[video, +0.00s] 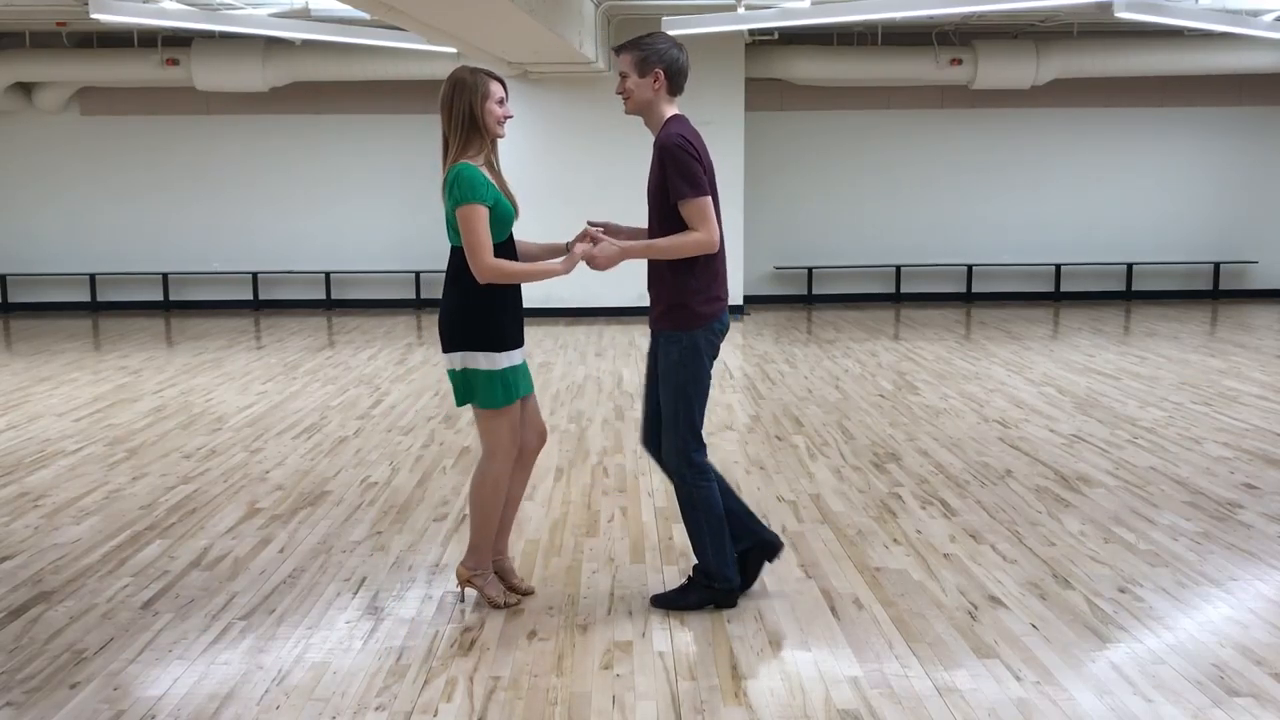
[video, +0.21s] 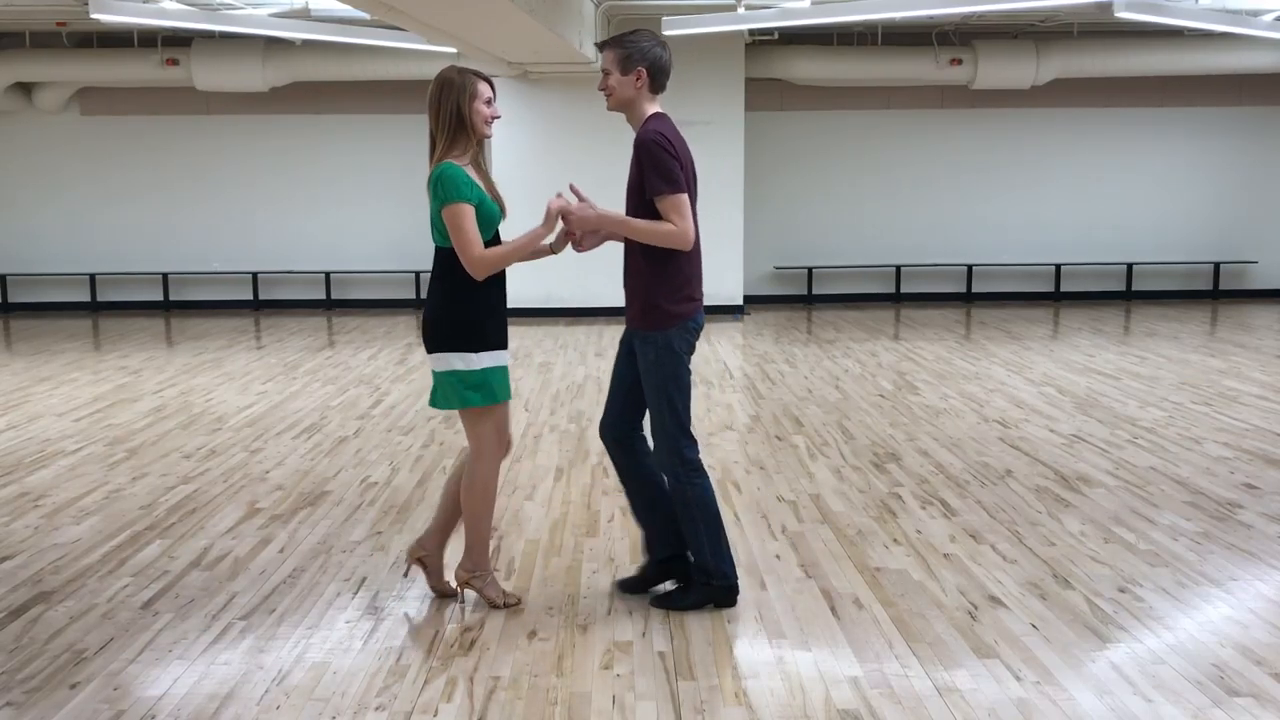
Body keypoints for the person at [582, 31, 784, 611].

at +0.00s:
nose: (618, 87)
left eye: (624, 77)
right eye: (618, 77)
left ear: (655, 78)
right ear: (656, 79)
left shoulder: (676, 142)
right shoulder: (669, 140)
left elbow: (707, 237)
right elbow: (680, 233)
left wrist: (627, 250)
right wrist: (622, 234)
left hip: (691, 321)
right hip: (674, 319)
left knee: (682, 448)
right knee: (659, 439)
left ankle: (718, 575)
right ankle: (750, 541)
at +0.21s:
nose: (600, 86)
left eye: (606, 75)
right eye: (601, 75)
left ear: (639, 77)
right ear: (639, 79)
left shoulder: (655, 138)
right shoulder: (653, 135)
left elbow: (682, 233)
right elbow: (664, 227)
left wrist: (603, 220)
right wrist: (605, 226)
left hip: (667, 320)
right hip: (648, 319)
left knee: (672, 446)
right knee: (620, 431)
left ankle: (716, 578)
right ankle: (669, 555)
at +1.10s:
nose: (547, 83)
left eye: (554, 72)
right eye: (547, 73)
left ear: (584, 74)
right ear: (586, 76)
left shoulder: (603, 139)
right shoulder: (600, 135)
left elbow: (620, 239)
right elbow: (597, 236)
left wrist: (538, 260)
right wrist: (535, 260)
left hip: (588, 317)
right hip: (589, 313)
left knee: (549, 440)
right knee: (579, 435)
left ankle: (556, 577)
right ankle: (628, 559)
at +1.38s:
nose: (565, 86)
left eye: (572, 75)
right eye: (565, 76)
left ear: (604, 77)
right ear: (602, 79)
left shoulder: (623, 139)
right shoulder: (618, 134)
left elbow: (645, 236)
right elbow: (627, 231)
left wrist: (566, 229)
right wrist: (561, 231)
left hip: (613, 319)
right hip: (604, 316)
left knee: (589, 444)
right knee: (591, 441)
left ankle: (656, 566)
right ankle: (622, 567)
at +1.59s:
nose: (586, 85)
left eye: (591, 74)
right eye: (586, 74)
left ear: (623, 74)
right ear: (622, 77)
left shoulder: (641, 136)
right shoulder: (640, 133)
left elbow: (667, 231)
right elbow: (641, 226)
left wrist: (587, 224)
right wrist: (581, 214)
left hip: (645, 320)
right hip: (629, 317)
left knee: (654, 445)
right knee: (609, 434)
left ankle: (710, 570)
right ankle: (630, 563)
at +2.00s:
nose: (619, 85)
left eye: (626, 74)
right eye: (619, 75)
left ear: (657, 75)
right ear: (659, 77)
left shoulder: (678, 141)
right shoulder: (677, 135)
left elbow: (705, 238)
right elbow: (686, 229)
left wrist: (627, 255)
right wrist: (629, 234)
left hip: (692, 319)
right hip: (696, 316)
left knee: (685, 448)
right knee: (705, 437)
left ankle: (714, 577)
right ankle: (771, 555)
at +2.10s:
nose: (621, 84)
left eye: (628, 73)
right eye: (620, 74)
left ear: (659, 75)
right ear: (661, 77)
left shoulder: (679, 140)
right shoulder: (680, 134)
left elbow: (709, 238)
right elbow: (691, 225)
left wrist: (632, 253)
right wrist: (633, 226)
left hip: (696, 318)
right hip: (706, 314)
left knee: (687, 446)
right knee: (714, 435)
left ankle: (714, 575)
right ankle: (774, 557)